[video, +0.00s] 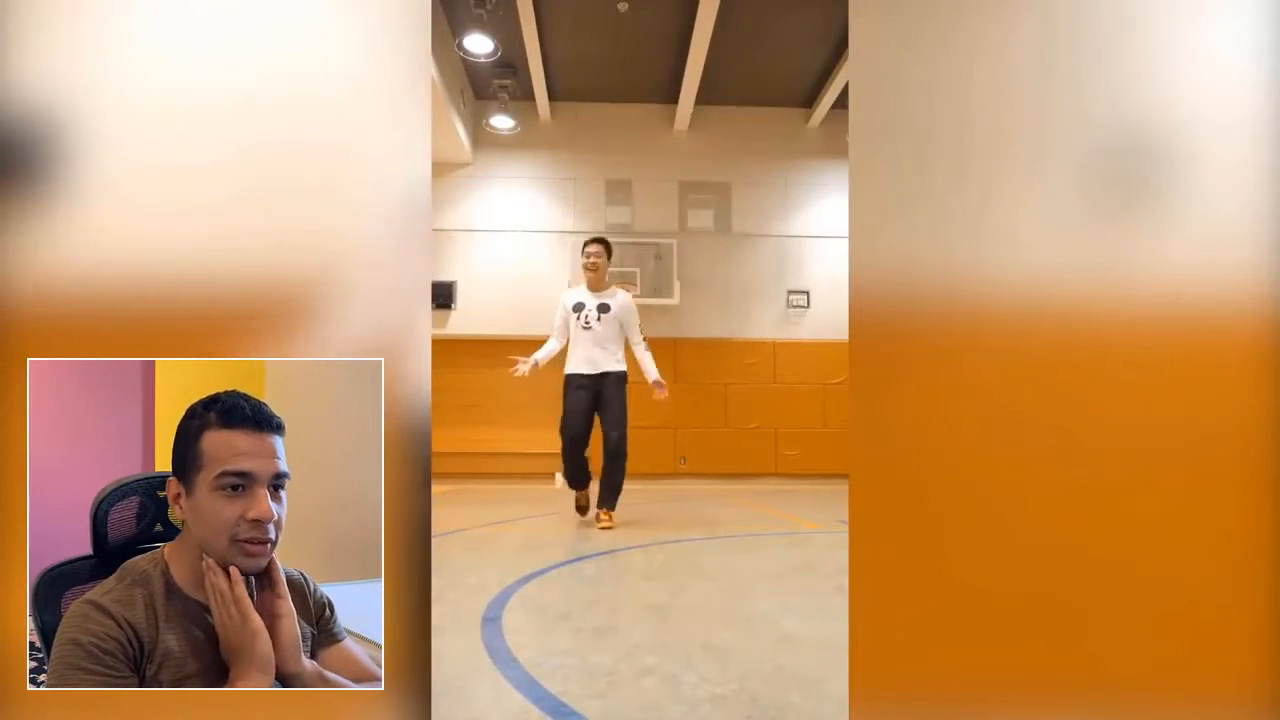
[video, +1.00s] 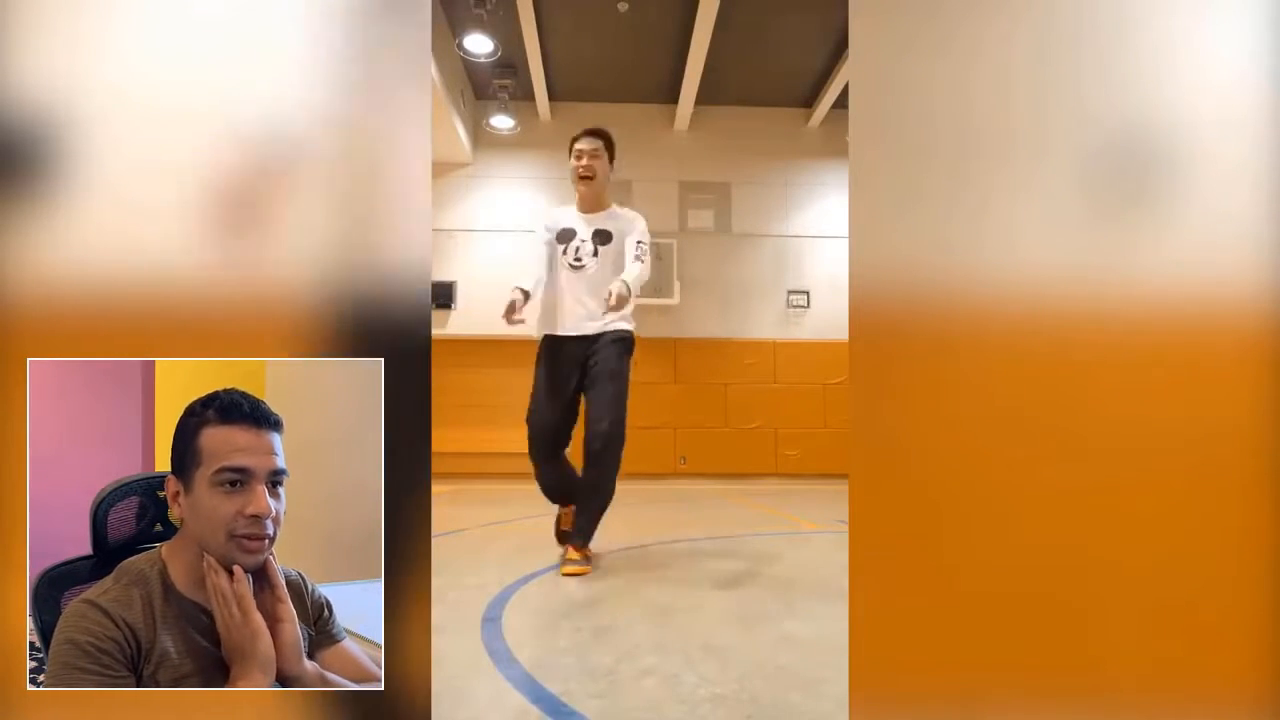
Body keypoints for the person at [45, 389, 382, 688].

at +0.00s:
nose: (264, 513)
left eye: (276, 487)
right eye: (234, 487)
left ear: (287, 492)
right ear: (178, 500)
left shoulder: (299, 595)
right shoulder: (103, 624)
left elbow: (384, 702)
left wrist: (301, 672)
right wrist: (250, 677)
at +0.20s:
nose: (264, 513)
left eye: (276, 488)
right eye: (234, 488)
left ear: (286, 493)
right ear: (177, 500)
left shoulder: (298, 594)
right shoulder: (102, 624)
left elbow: (384, 701)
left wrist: (300, 672)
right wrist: (249, 677)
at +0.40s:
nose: (263, 514)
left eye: (275, 488)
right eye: (233, 488)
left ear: (286, 494)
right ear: (177, 500)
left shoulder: (298, 595)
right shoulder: (102, 624)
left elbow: (385, 701)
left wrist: (301, 672)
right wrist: (250, 677)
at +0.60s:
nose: (263, 513)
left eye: (275, 488)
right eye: (233, 488)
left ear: (286, 493)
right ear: (177, 500)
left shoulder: (298, 594)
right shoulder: (102, 623)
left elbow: (384, 700)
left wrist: (301, 672)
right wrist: (250, 677)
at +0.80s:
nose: (262, 512)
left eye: (275, 487)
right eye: (233, 487)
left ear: (286, 494)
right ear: (177, 500)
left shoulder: (296, 594)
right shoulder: (102, 623)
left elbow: (387, 700)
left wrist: (302, 672)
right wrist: (250, 678)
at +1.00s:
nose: (263, 508)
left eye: (274, 484)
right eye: (232, 484)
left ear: (285, 491)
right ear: (177, 498)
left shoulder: (294, 593)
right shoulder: (101, 623)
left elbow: (383, 697)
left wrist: (303, 673)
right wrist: (250, 678)